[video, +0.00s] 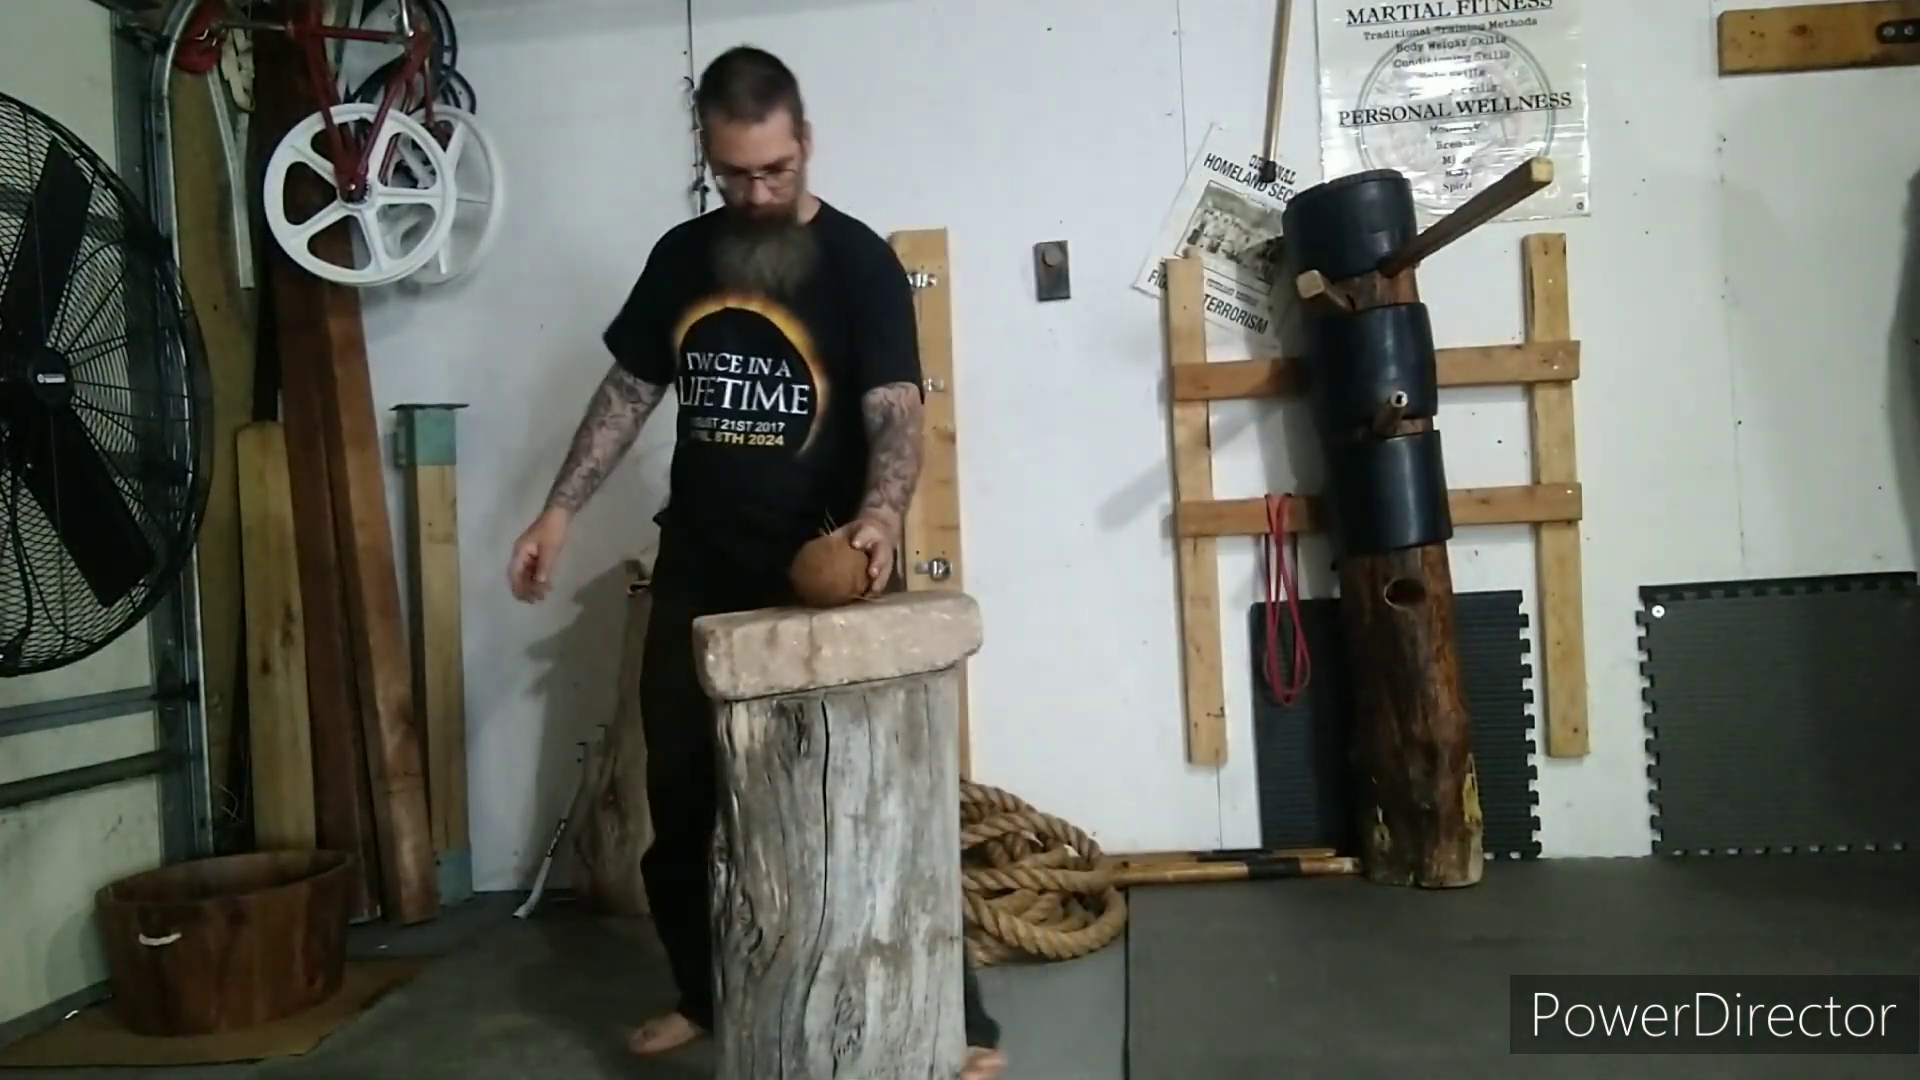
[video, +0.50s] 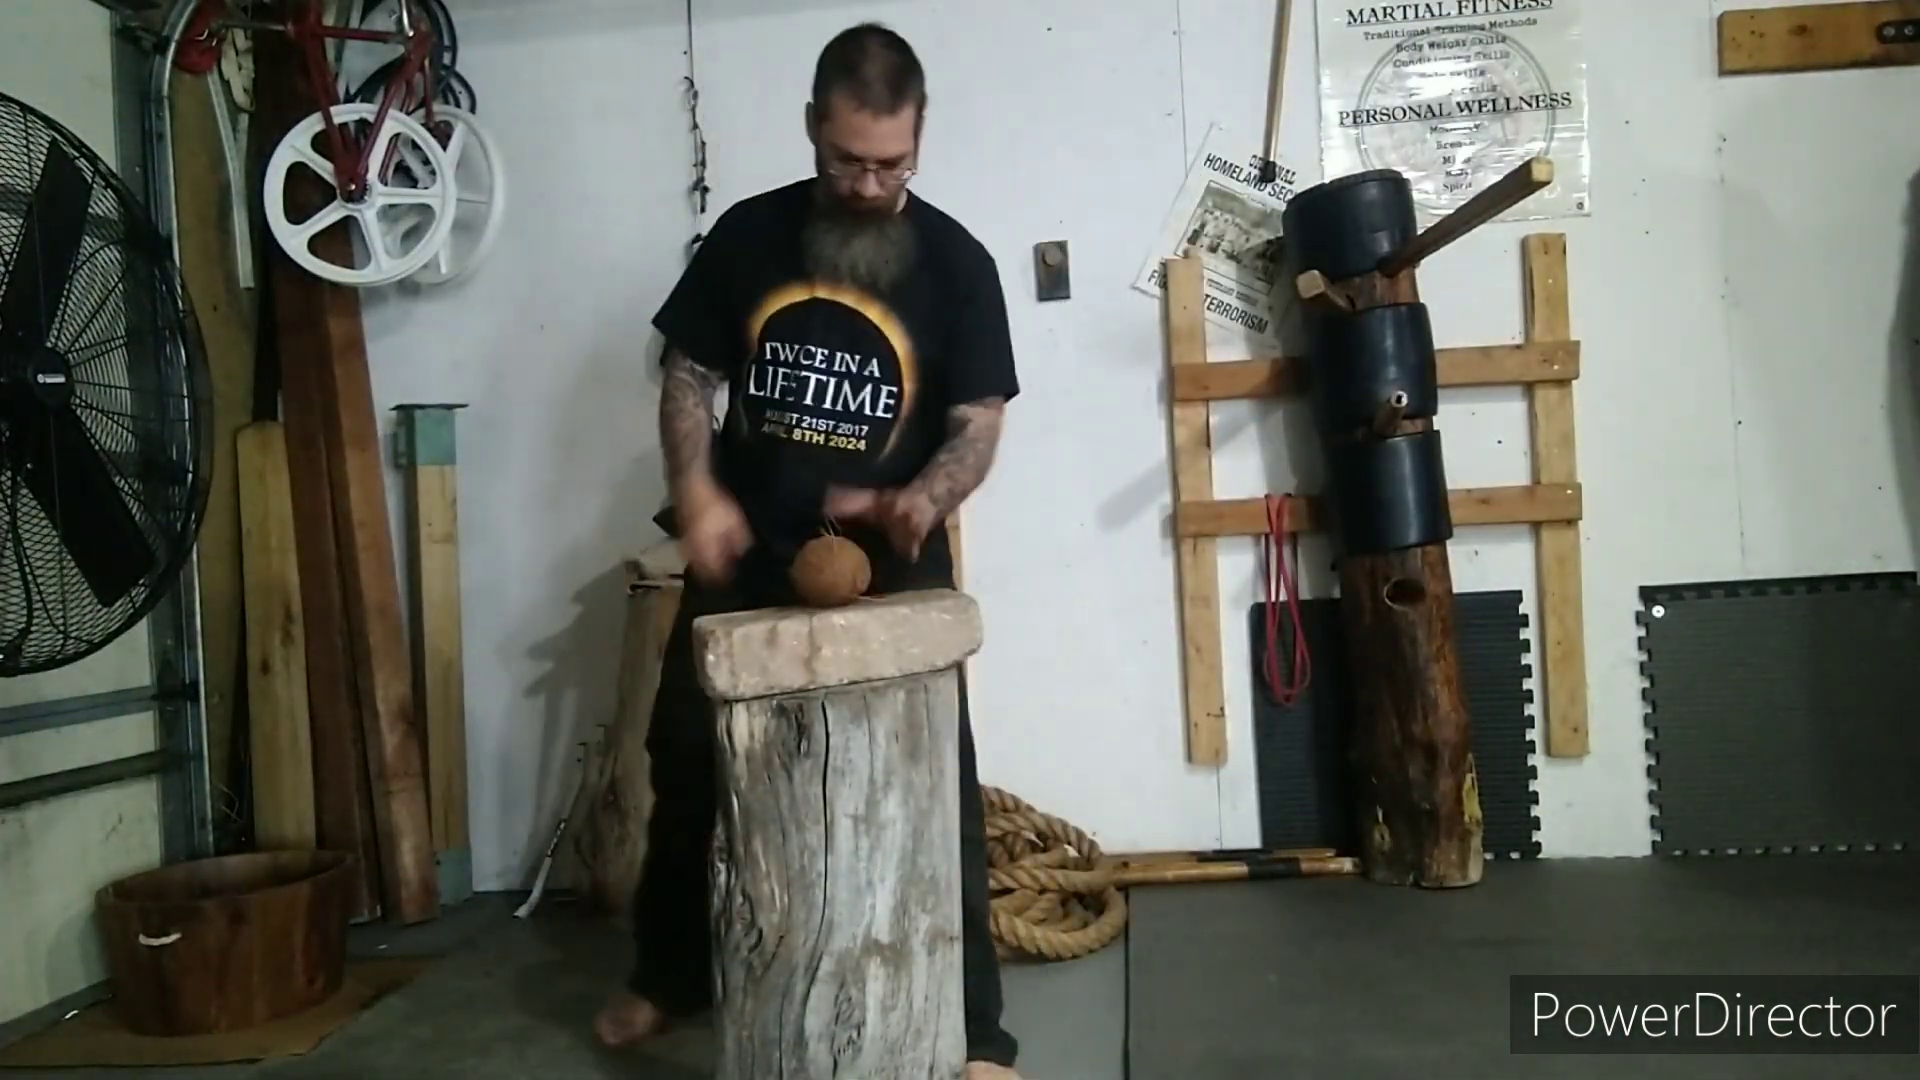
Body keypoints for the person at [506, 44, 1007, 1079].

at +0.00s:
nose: (758, 190)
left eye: (775, 168)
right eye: (736, 171)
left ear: (806, 142)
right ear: (707, 153)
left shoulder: (862, 262)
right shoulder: (681, 257)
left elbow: (897, 421)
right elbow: (628, 391)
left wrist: (881, 521)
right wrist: (557, 512)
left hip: (828, 584)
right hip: (699, 578)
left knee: (874, 808)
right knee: (681, 805)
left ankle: (958, 1022)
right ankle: (700, 1000)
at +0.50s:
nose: (866, 183)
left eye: (888, 162)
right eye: (846, 159)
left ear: (920, 134)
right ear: (812, 128)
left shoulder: (958, 262)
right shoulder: (744, 237)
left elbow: (979, 421)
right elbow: (686, 373)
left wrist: (923, 499)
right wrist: (695, 494)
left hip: (898, 562)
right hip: (744, 556)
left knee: (938, 794)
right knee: (689, 776)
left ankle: (975, 1030)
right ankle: (665, 981)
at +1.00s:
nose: (789, 210)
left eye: (808, 190)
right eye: (771, 186)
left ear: (829, 170)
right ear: (728, 158)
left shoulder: (858, 285)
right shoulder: (651, 272)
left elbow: (890, 442)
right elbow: (585, 421)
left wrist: (805, 413)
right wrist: (702, 432)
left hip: (821, 590)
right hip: (671, 591)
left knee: (891, 805)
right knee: (649, 807)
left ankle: (968, 1031)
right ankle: (628, 995)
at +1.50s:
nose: (804, 218)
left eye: (824, 200)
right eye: (786, 195)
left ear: (845, 181)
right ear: (743, 165)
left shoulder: (871, 286)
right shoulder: (675, 281)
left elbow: (906, 428)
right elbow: (666, 435)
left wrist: (888, 496)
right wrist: (750, 459)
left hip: (847, 579)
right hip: (700, 582)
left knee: (916, 794)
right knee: (661, 791)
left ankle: (972, 1029)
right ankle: (631, 993)